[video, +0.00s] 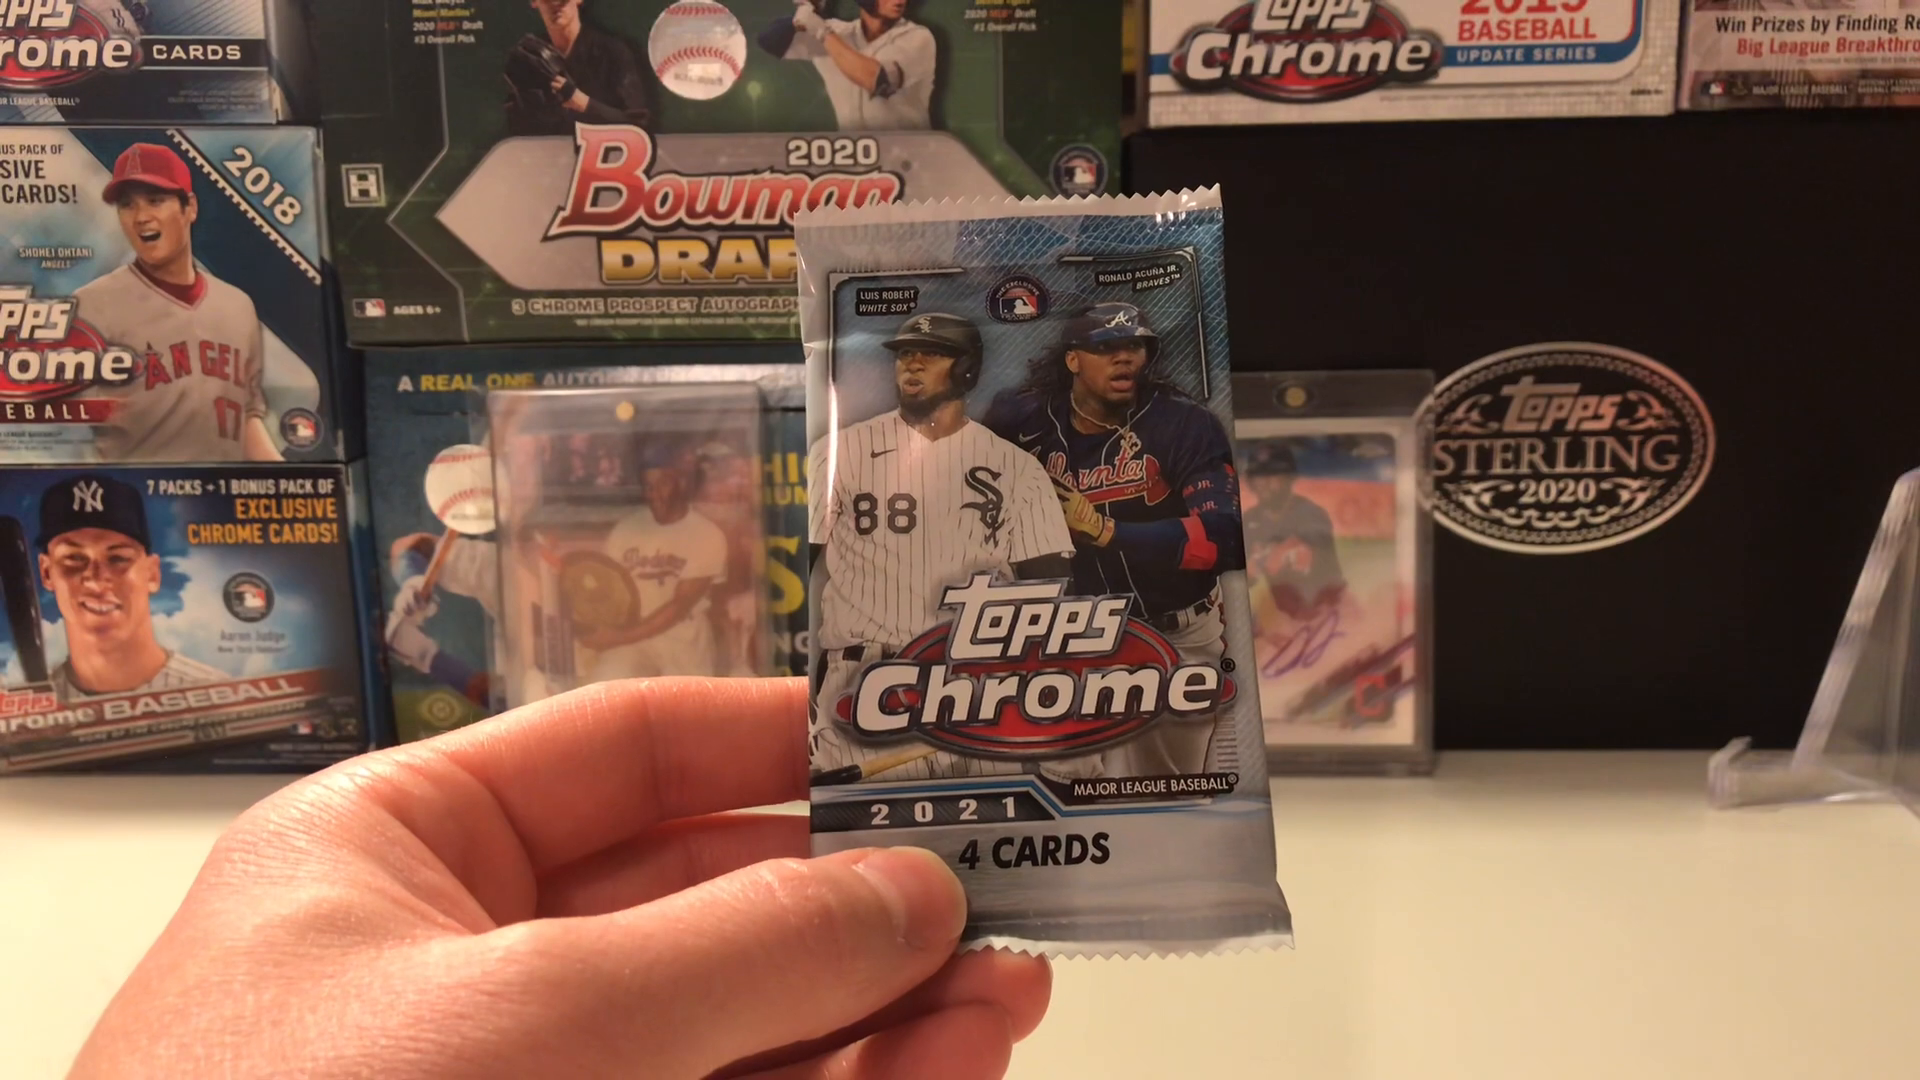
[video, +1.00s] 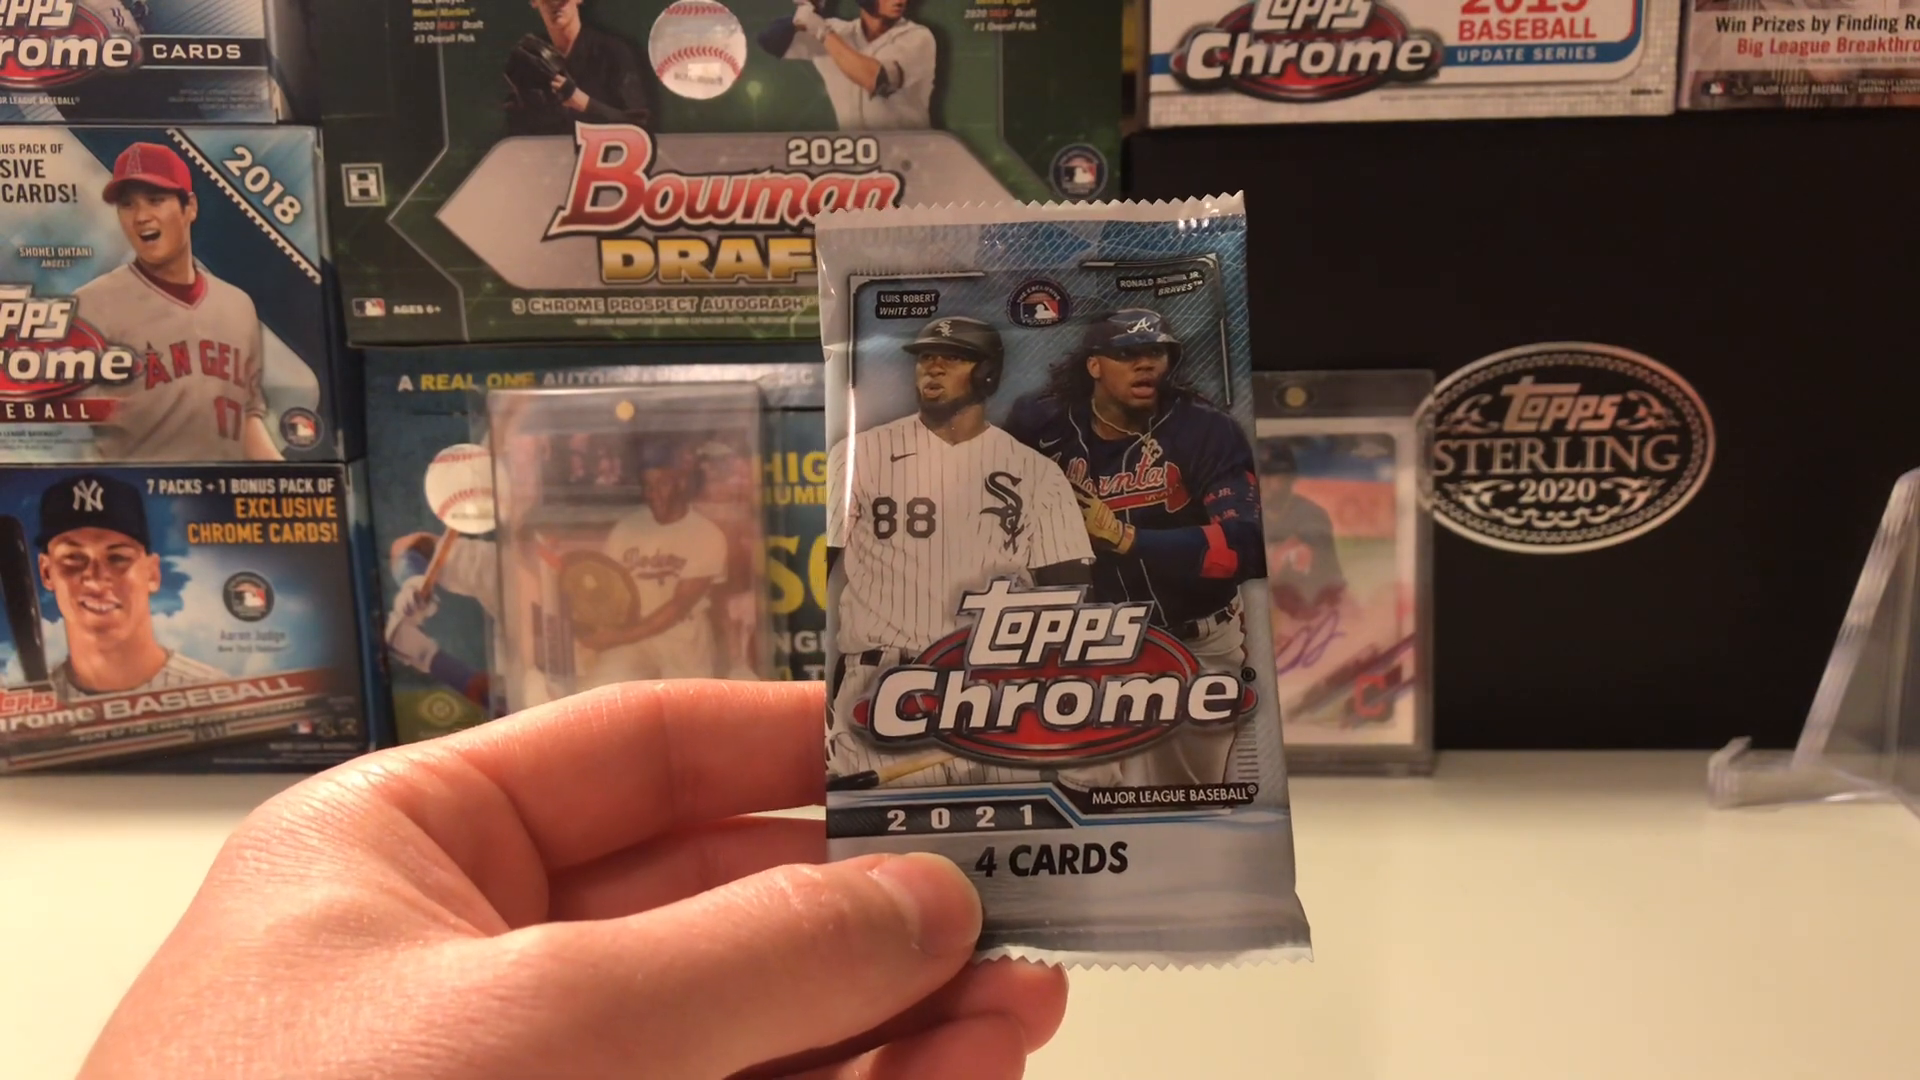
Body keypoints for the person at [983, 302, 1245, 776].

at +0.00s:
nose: (1126, 358)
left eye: (1135, 346)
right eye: (1108, 348)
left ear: (1148, 355)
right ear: (1073, 360)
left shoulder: (1187, 427)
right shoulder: (1020, 421)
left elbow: (1223, 540)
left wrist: (1107, 531)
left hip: (1178, 630)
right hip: (1068, 633)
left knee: (1172, 799)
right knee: (1072, 793)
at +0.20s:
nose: (1127, 358)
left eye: (1135, 346)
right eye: (1109, 347)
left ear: (1149, 355)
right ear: (1074, 360)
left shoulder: (1187, 426)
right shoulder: (1021, 420)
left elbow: (1223, 538)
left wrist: (1108, 531)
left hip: (1179, 630)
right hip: (1070, 633)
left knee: (1173, 799)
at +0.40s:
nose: (1127, 361)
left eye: (1136, 349)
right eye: (1110, 350)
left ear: (1150, 358)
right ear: (1075, 363)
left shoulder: (1188, 428)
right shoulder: (1022, 423)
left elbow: (1222, 540)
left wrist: (1109, 533)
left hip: (1180, 632)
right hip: (1069, 635)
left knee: (1175, 800)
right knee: (1073, 795)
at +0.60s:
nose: (1131, 363)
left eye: (1140, 351)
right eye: (1114, 352)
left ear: (1153, 359)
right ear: (1078, 364)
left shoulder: (1192, 430)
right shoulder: (1026, 426)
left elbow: (1222, 541)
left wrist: (1112, 534)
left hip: (1182, 635)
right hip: (1072, 639)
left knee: (1176, 805)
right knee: (1073, 801)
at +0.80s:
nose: (1137, 364)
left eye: (1145, 352)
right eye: (1119, 354)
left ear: (1158, 361)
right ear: (1083, 365)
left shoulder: (1197, 432)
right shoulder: (1030, 426)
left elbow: (1232, 544)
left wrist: (1117, 536)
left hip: (1187, 636)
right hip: (1076, 638)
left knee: (1180, 807)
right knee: (1080, 800)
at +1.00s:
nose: (1148, 365)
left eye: (1157, 353)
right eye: (1130, 354)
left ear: (1170, 361)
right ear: (1094, 366)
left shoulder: (1208, 432)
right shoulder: (1042, 426)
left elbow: (1242, 548)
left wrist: (1126, 538)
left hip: (1197, 639)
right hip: (1086, 642)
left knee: (1192, 809)